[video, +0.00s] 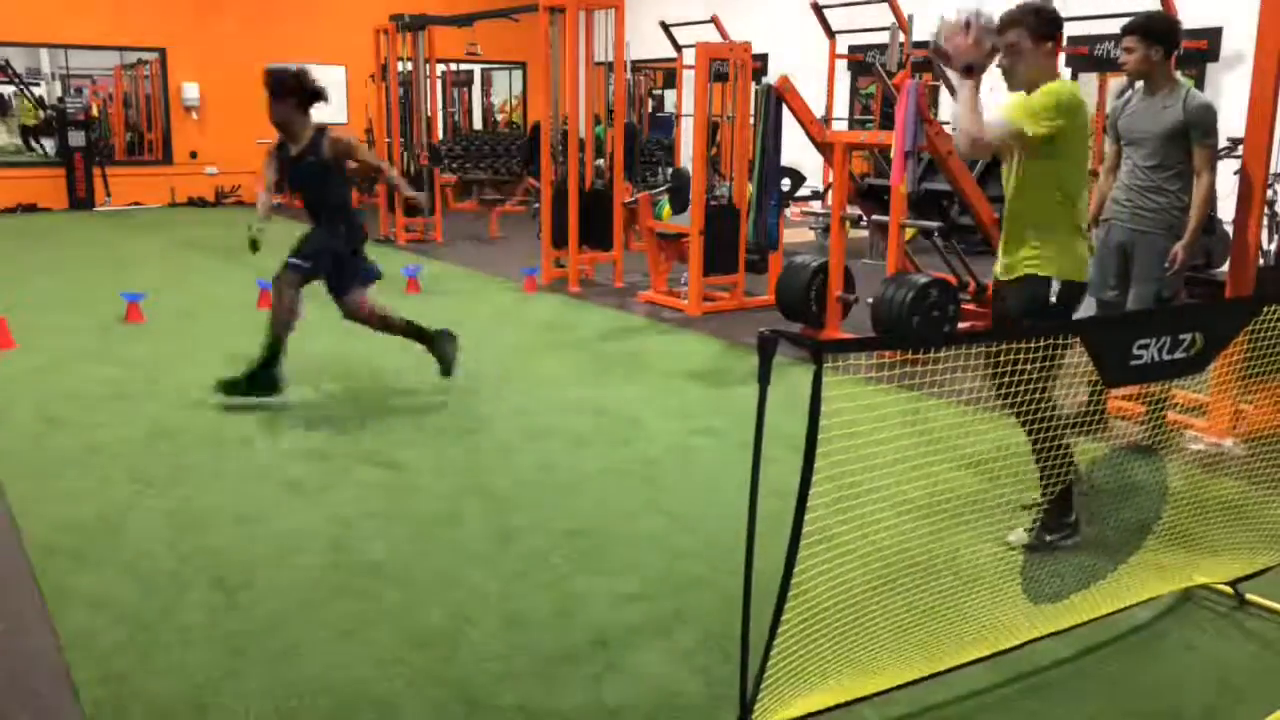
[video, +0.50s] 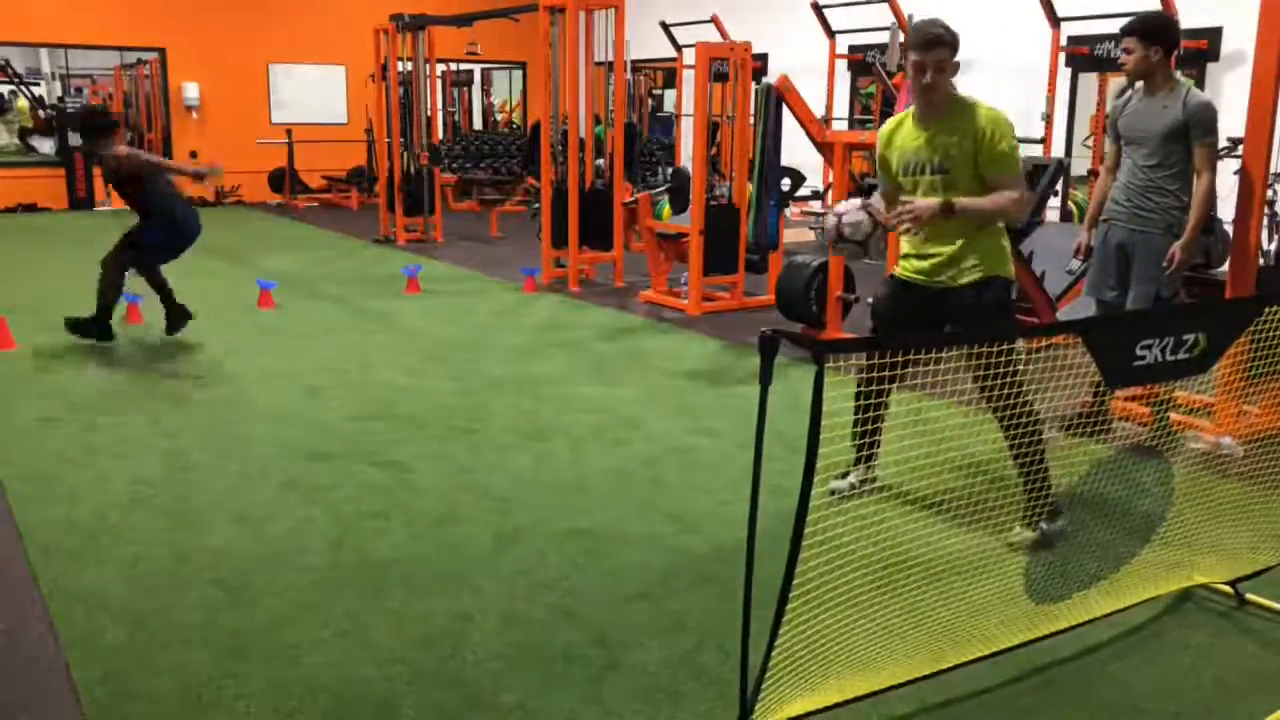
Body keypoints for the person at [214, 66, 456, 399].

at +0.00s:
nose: (271, 111)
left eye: (277, 102)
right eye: (271, 103)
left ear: (299, 105)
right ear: (276, 107)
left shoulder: (334, 145)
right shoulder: (280, 154)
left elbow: (381, 167)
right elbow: (267, 191)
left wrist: (408, 193)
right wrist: (259, 223)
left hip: (341, 231)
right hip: (326, 232)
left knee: (286, 284)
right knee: (356, 308)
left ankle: (267, 371)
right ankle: (432, 339)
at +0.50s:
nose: (84, 148)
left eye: (88, 140)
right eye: (84, 140)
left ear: (97, 139)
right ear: (111, 135)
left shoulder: (114, 157)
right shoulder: (126, 156)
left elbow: (155, 163)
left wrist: (192, 172)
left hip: (164, 224)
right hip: (186, 221)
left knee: (113, 263)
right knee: (142, 260)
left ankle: (101, 322)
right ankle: (174, 309)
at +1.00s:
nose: (78, 143)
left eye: (82, 137)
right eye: (78, 137)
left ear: (94, 141)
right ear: (108, 143)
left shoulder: (104, 163)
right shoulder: (120, 166)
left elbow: (128, 184)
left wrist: (127, 215)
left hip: (146, 233)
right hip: (165, 233)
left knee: (82, 262)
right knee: (122, 263)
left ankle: (106, 318)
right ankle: (117, 314)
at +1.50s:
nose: (251, 100)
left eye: (256, 93)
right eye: (243, 94)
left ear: (262, 98)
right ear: (228, 101)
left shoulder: (280, 144)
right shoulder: (219, 141)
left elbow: (297, 183)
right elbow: (175, 158)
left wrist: (279, 203)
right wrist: (125, 161)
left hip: (272, 223)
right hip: (234, 224)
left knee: (281, 281)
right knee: (229, 294)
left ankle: (267, 354)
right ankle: (207, 311)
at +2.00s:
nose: (426, 73)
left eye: (427, 66)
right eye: (415, 67)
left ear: (431, 73)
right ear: (394, 80)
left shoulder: (438, 121)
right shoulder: (385, 125)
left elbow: (438, 163)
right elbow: (363, 172)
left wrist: (452, 171)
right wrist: (388, 197)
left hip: (439, 220)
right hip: (407, 223)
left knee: (475, 287)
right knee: (439, 289)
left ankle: (468, 374)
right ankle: (404, 366)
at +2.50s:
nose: (575, 85)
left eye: (577, 76)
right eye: (571, 76)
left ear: (558, 77)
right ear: (549, 74)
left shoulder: (552, 119)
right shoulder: (522, 115)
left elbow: (551, 175)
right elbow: (499, 165)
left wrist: (570, 209)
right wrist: (523, 215)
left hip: (564, 216)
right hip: (536, 222)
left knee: (616, 243)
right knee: (540, 301)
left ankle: (612, 331)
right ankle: (499, 383)